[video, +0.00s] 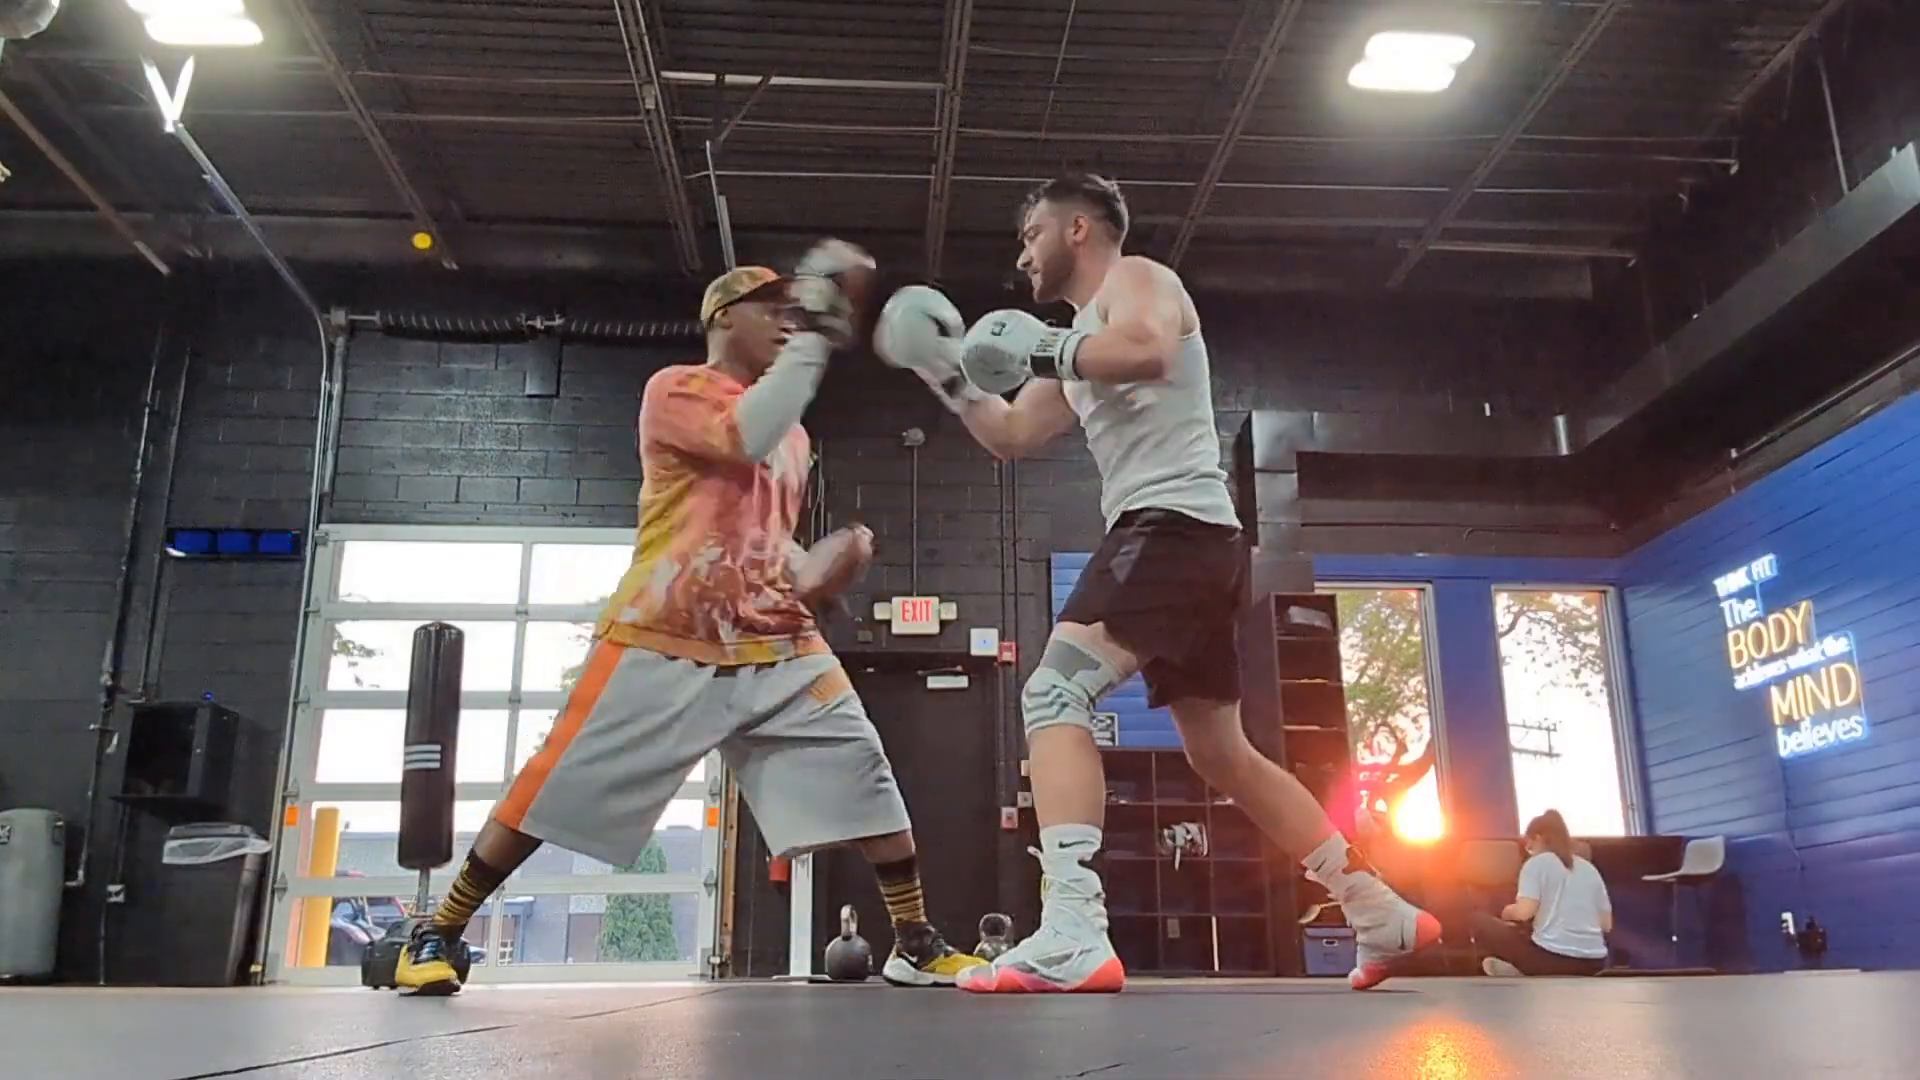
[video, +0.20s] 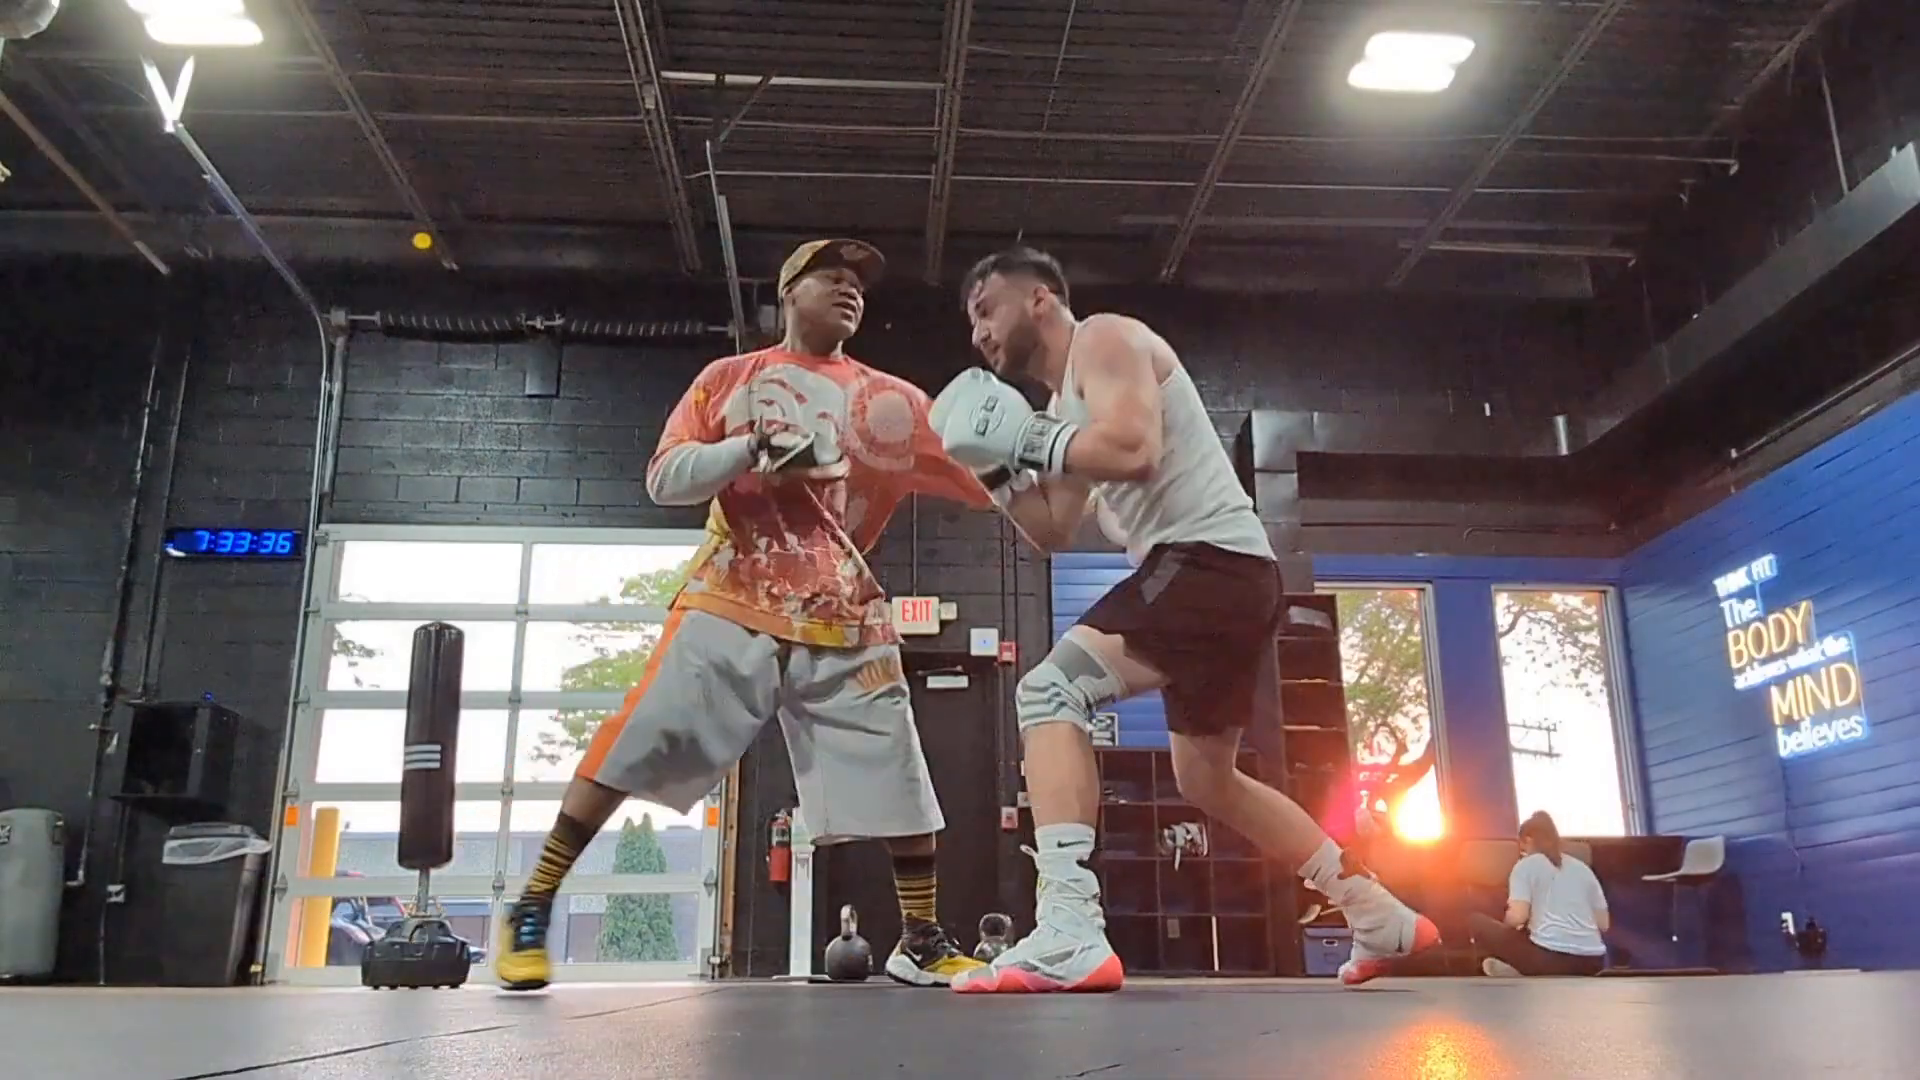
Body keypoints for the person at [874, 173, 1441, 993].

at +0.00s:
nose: (1023, 252)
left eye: (1031, 234)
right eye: (1020, 240)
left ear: (1080, 225)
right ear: (1072, 235)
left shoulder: (1136, 275)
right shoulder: (1083, 342)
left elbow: (1147, 350)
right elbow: (1009, 433)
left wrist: (1047, 347)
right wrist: (949, 373)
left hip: (1171, 527)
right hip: (1190, 536)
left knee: (1055, 698)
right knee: (1223, 757)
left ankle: (1072, 935)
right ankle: (1380, 915)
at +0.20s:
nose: (976, 333)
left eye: (986, 309)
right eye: (970, 321)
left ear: (1042, 297)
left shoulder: (1106, 338)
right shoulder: (1060, 418)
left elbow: (1134, 450)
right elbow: (1053, 530)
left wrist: (1026, 442)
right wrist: (993, 471)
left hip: (1209, 564)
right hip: (1233, 577)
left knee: (1050, 694)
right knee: (1208, 778)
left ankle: (1068, 930)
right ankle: (1381, 917)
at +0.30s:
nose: (991, 412)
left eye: (998, 389)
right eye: (987, 396)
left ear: (1049, 377)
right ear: (1048, 386)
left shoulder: (1095, 399)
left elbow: (1080, 505)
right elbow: (1090, 582)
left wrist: (996, 494)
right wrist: (1024, 525)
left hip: (1222, 606)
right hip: (1279, 624)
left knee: (1037, 707)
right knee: (1217, 791)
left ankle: (1067, 935)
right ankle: (1377, 932)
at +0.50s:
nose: (1072, 429)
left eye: (1078, 409)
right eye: (1069, 416)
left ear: (1117, 392)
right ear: (1131, 398)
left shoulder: (1143, 408)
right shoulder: (1213, 456)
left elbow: (1137, 457)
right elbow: (1182, 592)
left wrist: (1052, 487)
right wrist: (1119, 545)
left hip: (1228, 610)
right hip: (1310, 630)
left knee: (1047, 732)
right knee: (1254, 788)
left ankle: (1064, 921)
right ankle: (1393, 943)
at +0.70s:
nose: (1078, 324)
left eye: (1086, 307)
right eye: (1076, 313)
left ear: (1132, 301)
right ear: (1122, 312)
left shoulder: (1190, 344)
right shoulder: (1140, 400)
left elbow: (1229, 420)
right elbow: (1094, 509)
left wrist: (1121, 427)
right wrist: (1052, 439)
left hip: (1233, 573)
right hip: (1266, 587)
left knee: (1079, 719)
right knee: (1240, 792)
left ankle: (1068, 934)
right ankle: (1390, 943)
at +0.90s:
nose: (1071, 312)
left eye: (1077, 292)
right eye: (1071, 297)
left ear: (1119, 281)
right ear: (1150, 288)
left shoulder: (1124, 329)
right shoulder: (1215, 352)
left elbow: (1118, 413)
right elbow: (1135, 451)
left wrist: (1016, 406)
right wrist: (1043, 425)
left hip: (1191, 555)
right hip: (1270, 560)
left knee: (1065, 728)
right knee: (1276, 759)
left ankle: (1068, 935)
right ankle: (1397, 938)